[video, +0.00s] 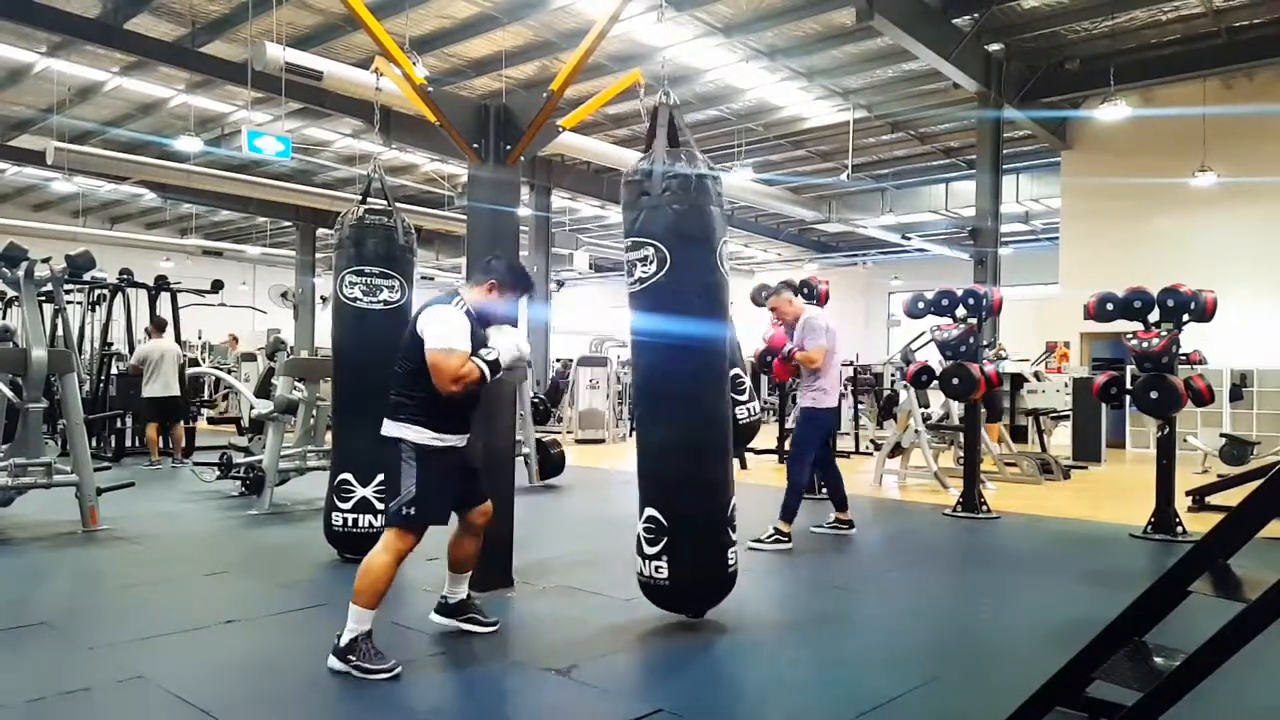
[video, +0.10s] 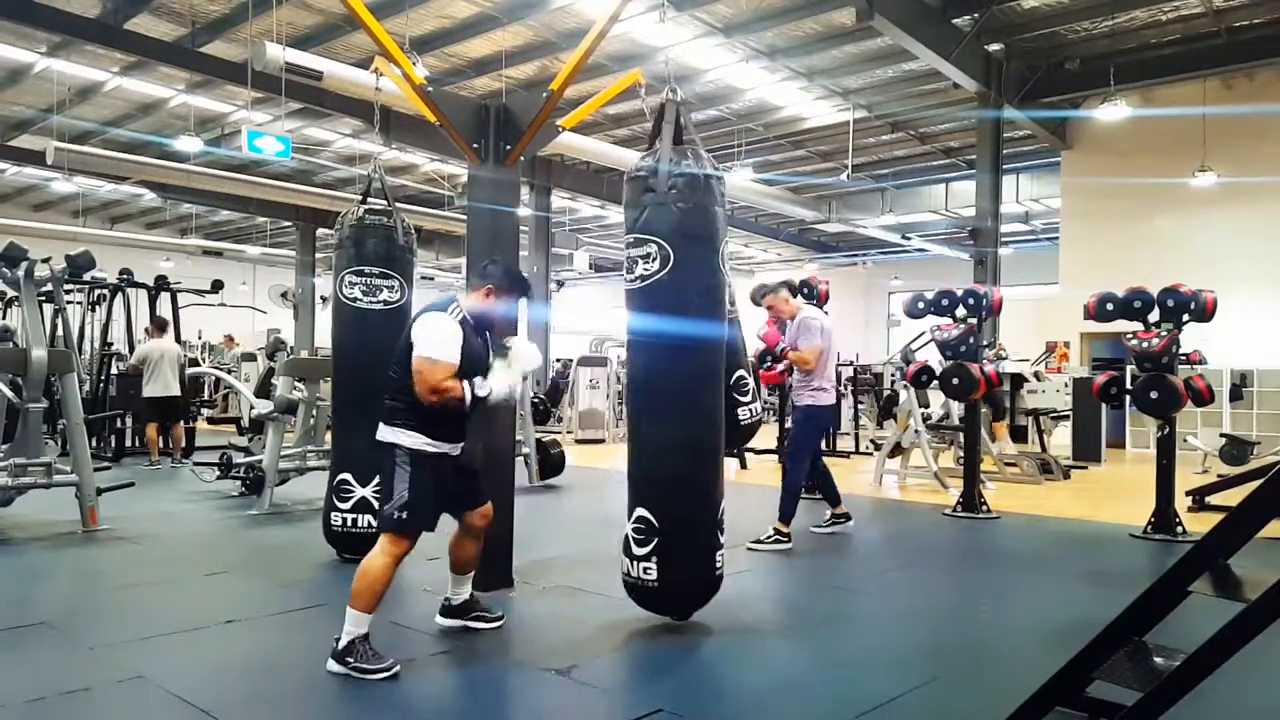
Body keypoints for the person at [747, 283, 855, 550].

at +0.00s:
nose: (777, 318)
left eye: (777, 311)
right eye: (773, 312)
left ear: (793, 301)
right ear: (790, 304)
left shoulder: (813, 321)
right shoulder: (802, 325)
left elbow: (814, 360)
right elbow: (805, 364)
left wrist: (787, 349)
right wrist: (787, 367)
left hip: (816, 406)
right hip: (819, 405)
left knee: (797, 463)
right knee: (825, 462)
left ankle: (783, 529)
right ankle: (843, 517)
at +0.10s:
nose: (772, 314)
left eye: (772, 307)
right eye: (769, 310)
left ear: (786, 298)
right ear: (782, 302)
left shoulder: (810, 319)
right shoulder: (797, 322)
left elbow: (809, 361)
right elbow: (798, 358)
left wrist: (783, 350)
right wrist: (781, 361)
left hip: (814, 404)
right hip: (808, 403)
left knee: (795, 462)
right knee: (811, 458)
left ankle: (782, 529)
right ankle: (839, 510)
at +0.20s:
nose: (776, 315)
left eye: (778, 308)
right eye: (773, 311)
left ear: (792, 298)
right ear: (774, 309)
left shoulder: (818, 321)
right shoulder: (786, 326)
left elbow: (814, 362)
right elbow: (759, 358)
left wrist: (783, 346)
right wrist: (769, 339)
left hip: (813, 402)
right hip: (795, 402)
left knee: (796, 460)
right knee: (806, 458)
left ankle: (782, 529)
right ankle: (835, 508)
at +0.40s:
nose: (765, 319)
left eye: (767, 313)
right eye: (761, 314)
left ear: (780, 304)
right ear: (759, 312)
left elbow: (833, 364)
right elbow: (748, 350)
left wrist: (810, 372)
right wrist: (733, 355)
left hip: (806, 405)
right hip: (785, 405)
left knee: (785, 461)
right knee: (806, 461)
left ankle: (781, 528)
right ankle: (835, 507)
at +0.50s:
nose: (751, 318)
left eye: (754, 312)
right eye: (749, 313)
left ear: (770, 306)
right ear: (759, 310)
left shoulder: (798, 325)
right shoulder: (765, 330)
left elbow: (828, 353)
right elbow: (765, 362)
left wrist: (813, 367)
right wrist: (758, 371)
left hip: (800, 405)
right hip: (790, 404)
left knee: (769, 459)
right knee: (808, 459)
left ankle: (780, 529)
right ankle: (838, 508)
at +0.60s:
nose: (738, 310)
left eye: (741, 303)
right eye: (735, 305)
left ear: (758, 297)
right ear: (757, 300)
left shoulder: (771, 317)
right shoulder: (781, 315)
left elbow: (769, 353)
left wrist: (755, 363)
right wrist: (760, 368)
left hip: (788, 402)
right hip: (802, 399)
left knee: (765, 459)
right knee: (797, 457)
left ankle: (780, 529)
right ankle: (828, 506)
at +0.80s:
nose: (727, 296)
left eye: (729, 290)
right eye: (725, 292)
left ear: (746, 285)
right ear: (745, 288)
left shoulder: (760, 305)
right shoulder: (766, 306)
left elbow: (759, 335)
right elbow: (774, 353)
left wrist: (723, 341)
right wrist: (752, 369)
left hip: (775, 390)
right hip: (785, 390)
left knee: (744, 451)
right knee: (770, 453)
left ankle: (772, 521)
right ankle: (790, 517)